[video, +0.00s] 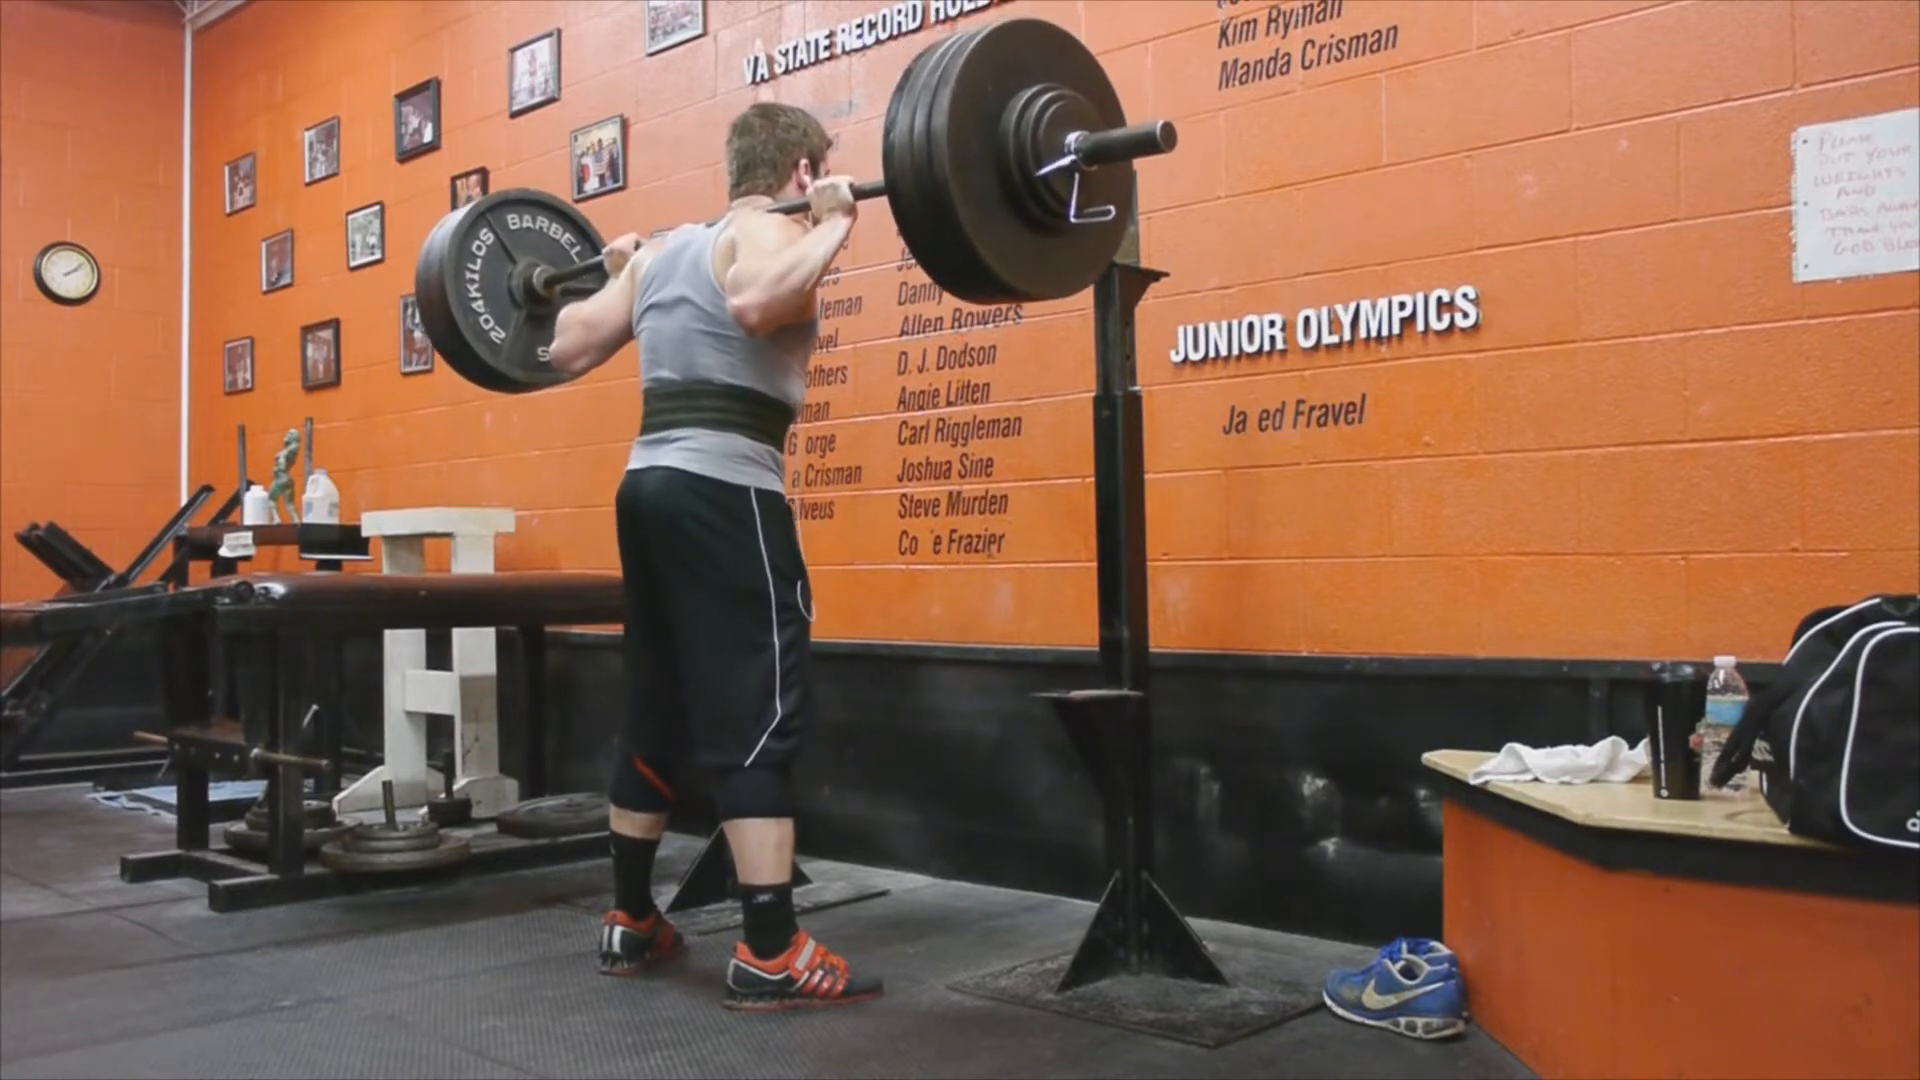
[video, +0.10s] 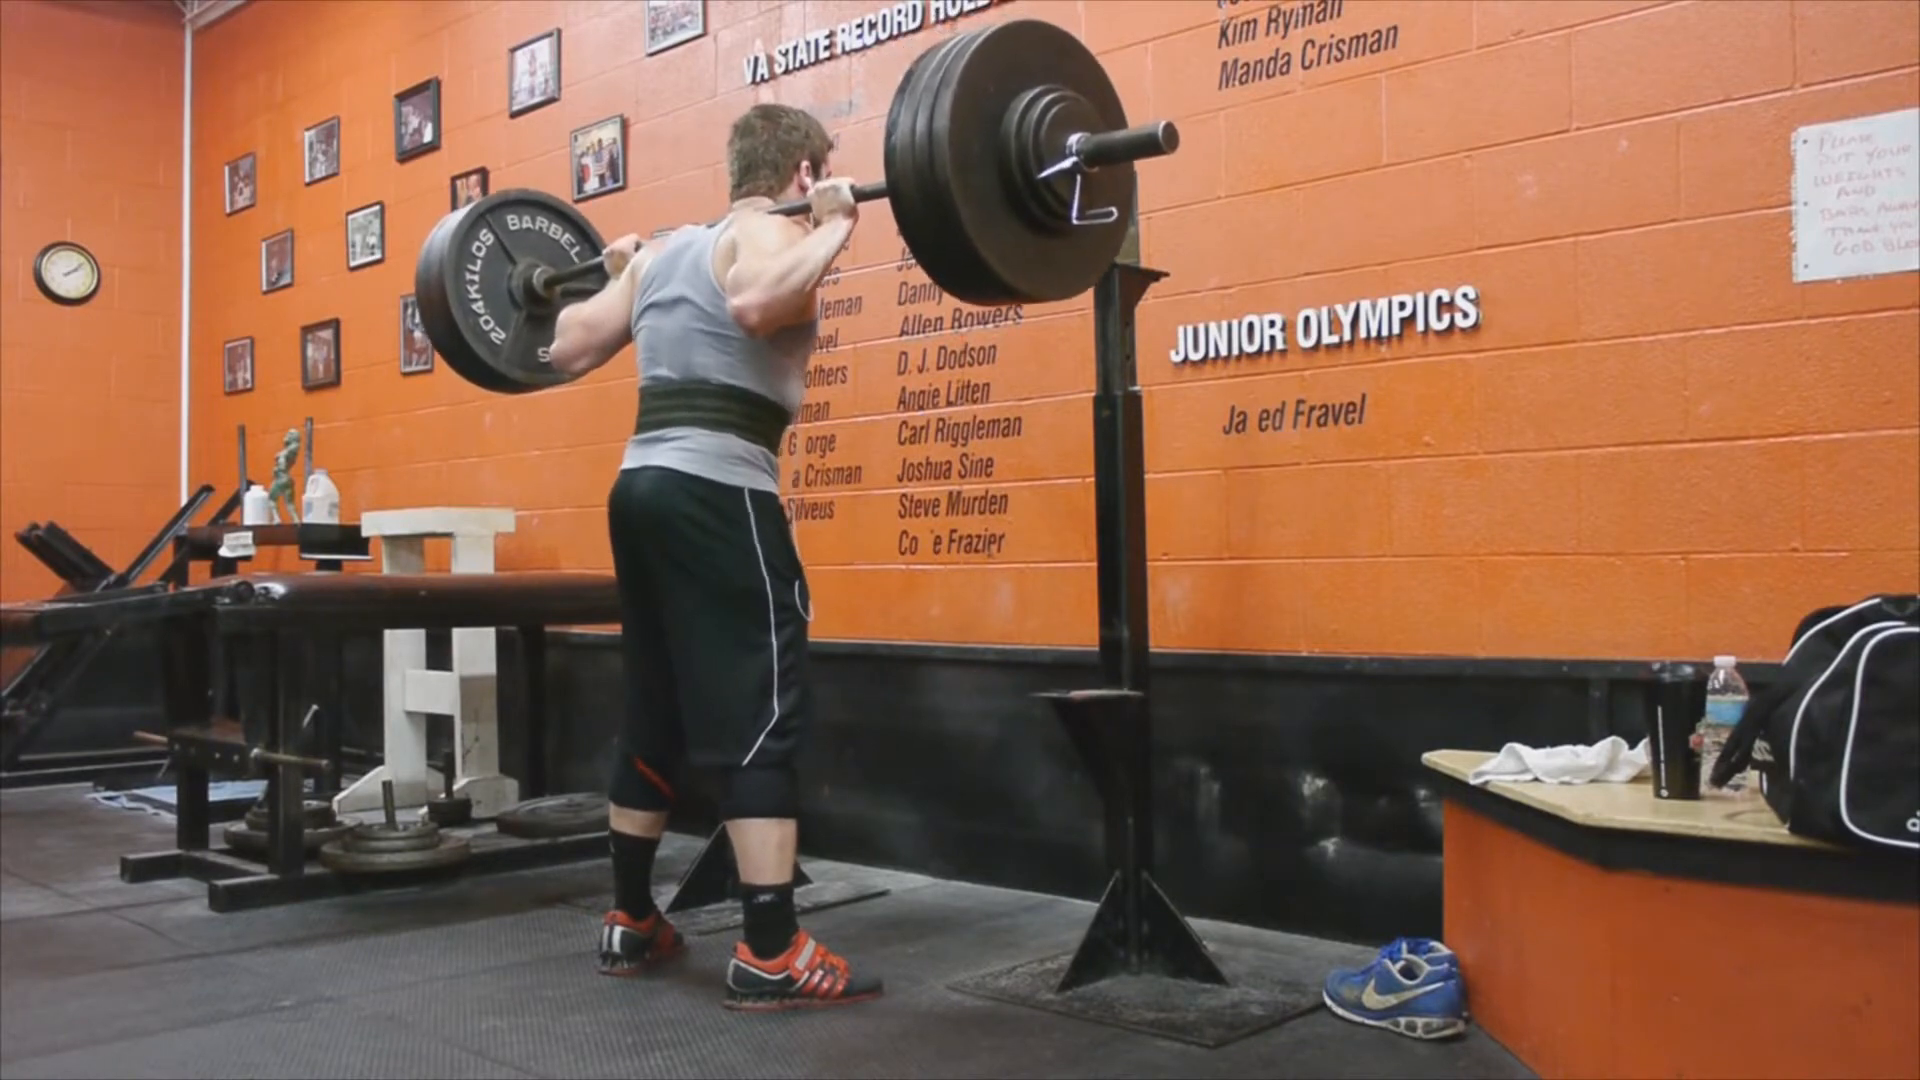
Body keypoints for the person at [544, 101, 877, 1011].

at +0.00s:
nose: (825, 189)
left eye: (824, 174)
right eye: (823, 174)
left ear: (737, 171)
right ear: (800, 169)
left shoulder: (664, 251)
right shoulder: (773, 227)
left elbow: (564, 347)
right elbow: (753, 303)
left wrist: (607, 273)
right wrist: (833, 229)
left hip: (650, 486)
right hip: (725, 488)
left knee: (658, 708)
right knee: (758, 713)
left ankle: (631, 920)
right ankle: (770, 947)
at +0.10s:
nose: (826, 191)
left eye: (824, 176)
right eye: (824, 176)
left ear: (738, 172)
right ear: (802, 170)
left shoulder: (665, 252)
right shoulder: (774, 228)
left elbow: (565, 348)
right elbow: (754, 304)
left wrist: (609, 272)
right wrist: (835, 230)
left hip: (643, 485)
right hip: (719, 486)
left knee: (655, 707)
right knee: (761, 711)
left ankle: (631, 920)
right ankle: (770, 947)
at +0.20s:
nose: (826, 196)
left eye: (824, 181)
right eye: (824, 182)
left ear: (737, 179)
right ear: (803, 177)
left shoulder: (666, 257)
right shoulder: (775, 235)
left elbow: (566, 357)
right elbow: (755, 311)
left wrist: (609, 279)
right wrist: (837, 237)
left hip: (633, 492)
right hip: (713, 495)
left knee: (653, 708)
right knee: (772, 710)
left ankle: (631, 920)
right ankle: (771, 947)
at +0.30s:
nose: (826, 209)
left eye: (825, 194)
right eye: (824, 194)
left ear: (737, 193)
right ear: (803, 191)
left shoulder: (667, 272)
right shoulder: (776, 250)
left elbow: (567, 371)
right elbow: (758, 326)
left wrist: (611, 293)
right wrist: (841, 251)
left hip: (624, 502)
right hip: (707, 504)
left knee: (655, 709)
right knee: (790, 711)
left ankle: (631, 920)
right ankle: (773, 947)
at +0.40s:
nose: (827, 228)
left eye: (826, 214)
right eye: (826, 214)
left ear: (740, 213)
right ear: (806, 212)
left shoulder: (669, 291)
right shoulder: (776, 270)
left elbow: (571, 389)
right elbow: (759, 346)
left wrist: (613, 311)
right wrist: (843, 273)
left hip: (614, 519)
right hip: (698, 521)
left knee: (657, 711)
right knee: (801, 717)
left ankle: (631, 922)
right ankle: (774, 947)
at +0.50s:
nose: (830, 255)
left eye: (831, 242)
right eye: (828, 242)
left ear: (741, 241)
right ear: (806, 240)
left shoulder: (671, 314)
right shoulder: (777, 301)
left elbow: (572, 412)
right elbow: (762, 373)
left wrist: (618, 336)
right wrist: (845, 300)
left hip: (607, 538)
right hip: (691, 543)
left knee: (659, 716)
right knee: (815, 725)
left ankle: (632, 921)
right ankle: (775, 948)